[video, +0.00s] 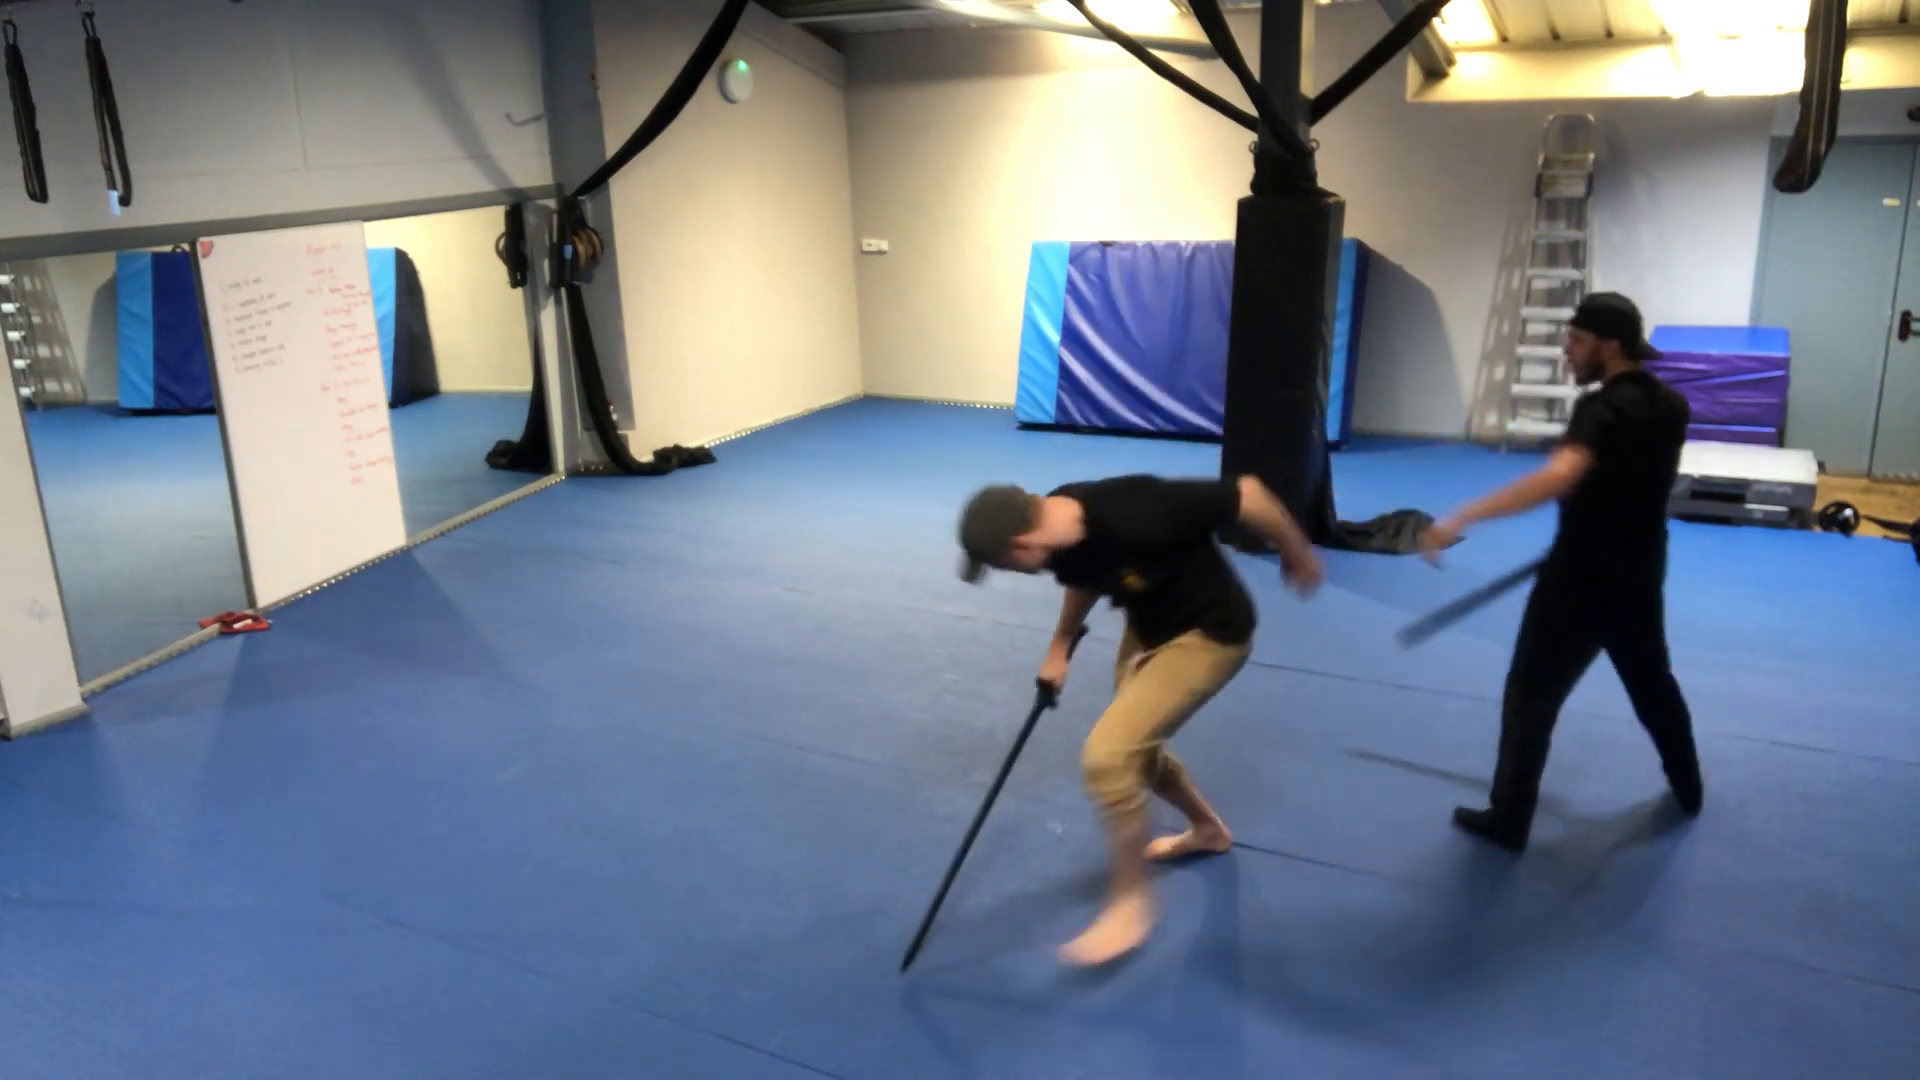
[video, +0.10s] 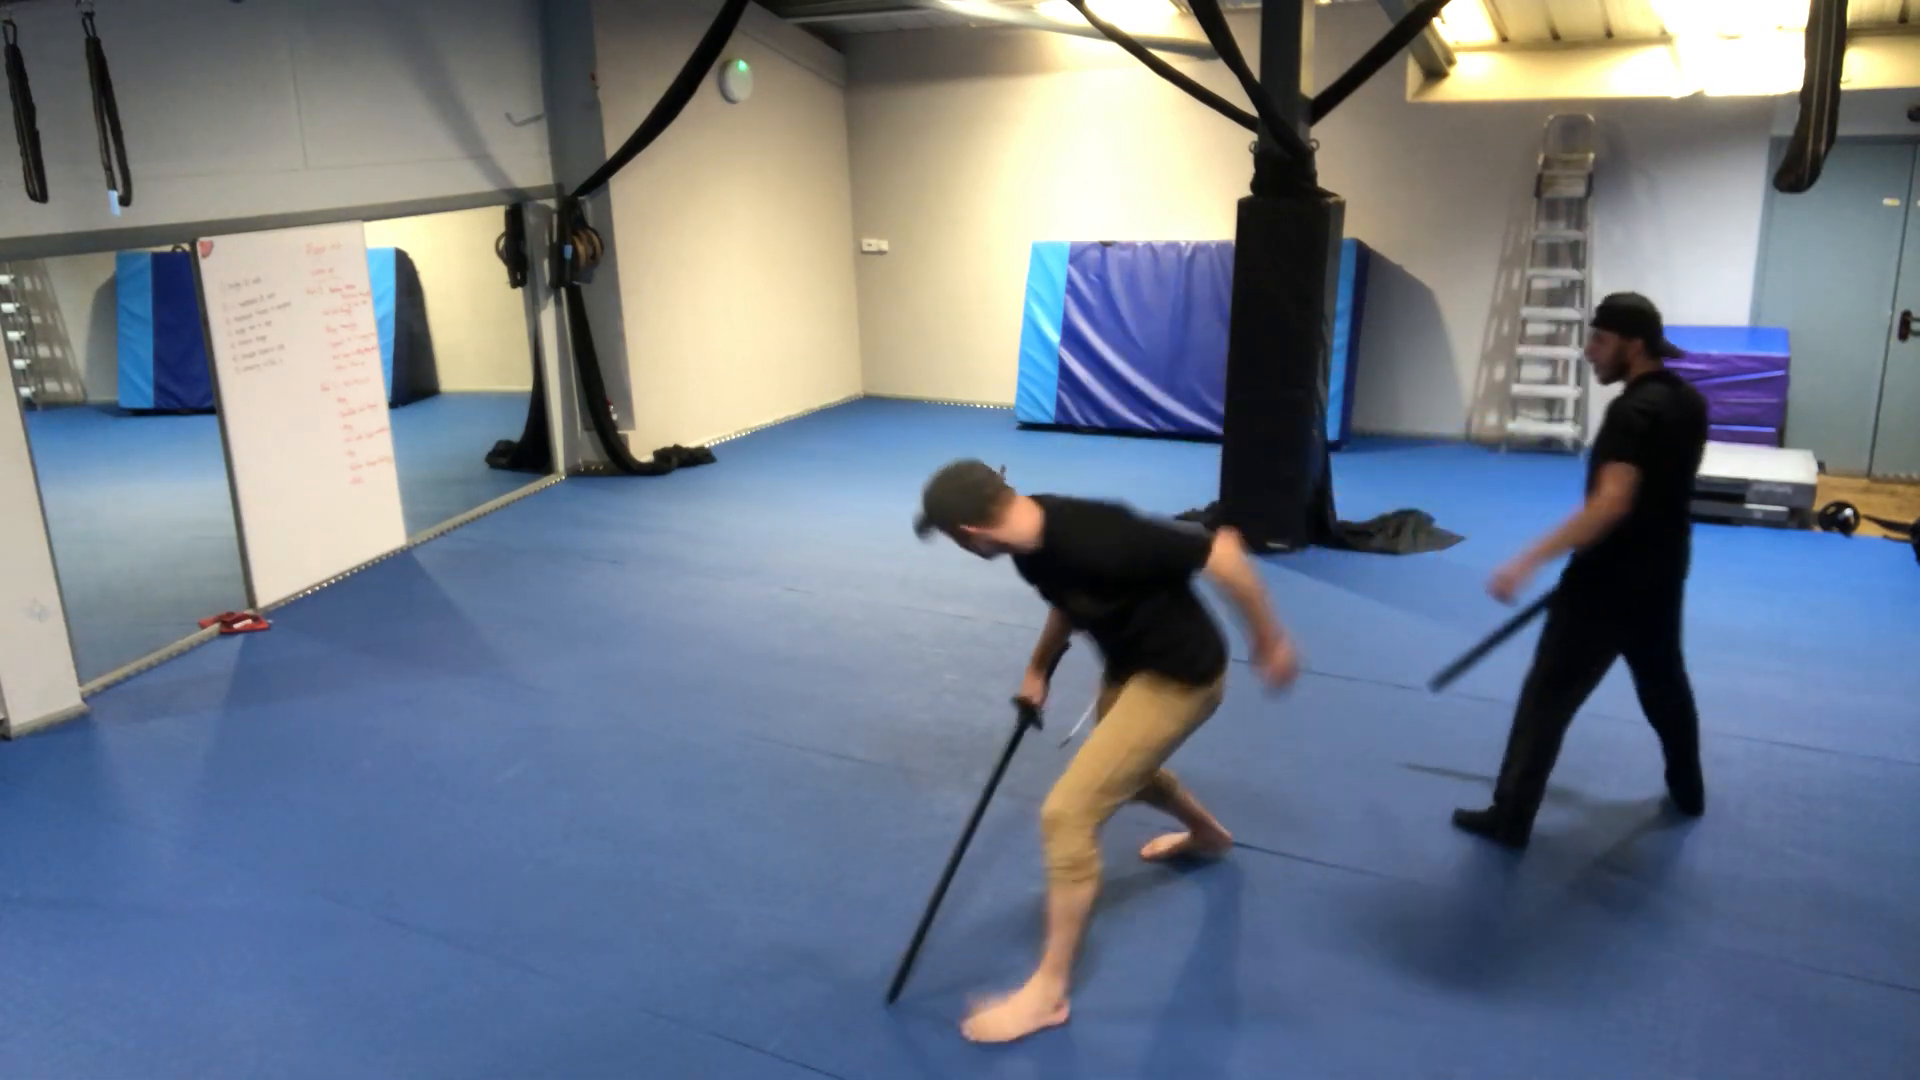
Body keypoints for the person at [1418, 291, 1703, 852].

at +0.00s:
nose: (1567, 349)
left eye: (1575, 339)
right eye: (1569, 338)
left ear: (1607, 345)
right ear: (1625, 346)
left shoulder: (1600, 407)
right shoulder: (1669, 405)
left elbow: (1562, 476)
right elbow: (1640, 490)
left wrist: (1464, 516)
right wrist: (1577, 534)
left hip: (1580, 576)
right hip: (1636, 577)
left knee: (1530, 694)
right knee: (1653, 684)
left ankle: (1508, 818)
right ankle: (1688, 788)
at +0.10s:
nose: (1590, 349)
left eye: (1598, 338)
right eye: (1592, 337)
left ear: (1631, 344)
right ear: (1643, 345)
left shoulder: (1631, 410)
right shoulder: (1686, 401)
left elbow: (1612, 502)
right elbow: (1667, 496)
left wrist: (1526, 561)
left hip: (1608, 573)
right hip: (1658, 574)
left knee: (1549, 693)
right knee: (1664, 685)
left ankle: (1510, 816)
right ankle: (1688, 792)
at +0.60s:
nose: (1630, 327)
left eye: (1639, 318)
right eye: (1630, 317)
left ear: (1676, 319)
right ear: (1678, 321)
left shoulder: (1673, 381)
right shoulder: (1720, 370)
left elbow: (1666, 480)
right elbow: (1681, 454)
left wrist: (1627, 546)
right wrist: (1627, 486)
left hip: (1656, 537)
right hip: (1705, 541)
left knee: (1608, 643)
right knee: (1695, 663)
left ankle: (1587, 740)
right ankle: (1694, 778)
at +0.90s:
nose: (1596, 335)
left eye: (1602, 325)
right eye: (1595, 325)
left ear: (1636, 323)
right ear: (1644, 323)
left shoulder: (1627, 389)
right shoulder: (1692, 367)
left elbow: (1587, 471)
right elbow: (1653, 436)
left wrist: (1562, 497)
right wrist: (1587, 444)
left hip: (1618, 536)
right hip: (1675, 536)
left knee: (1588, 628)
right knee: (1682, 655)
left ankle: (1558, 711)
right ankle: (1688, 779)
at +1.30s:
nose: (1534, 322)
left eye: (1540, 313)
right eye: (1533, 312)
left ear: (1573, 311)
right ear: (1582, 312)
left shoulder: (1556, 372)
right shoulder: (1627, 342)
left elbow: (1495, 428)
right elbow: (1579, 362)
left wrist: (1510, 379)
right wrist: (1536, 355)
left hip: (1556, 497)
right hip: (1609, 493)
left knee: (1543, 603)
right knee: (1591, 583)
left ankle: (1552, 710)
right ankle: (1610, 692)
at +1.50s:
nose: (1515, 319)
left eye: (1522, 311)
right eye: (1513, 310)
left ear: (1552, 310)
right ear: (1562, 309)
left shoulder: (1535, 366)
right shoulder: (1602, 337)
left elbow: (1468, 420)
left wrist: (1496, 372)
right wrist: (1517, 357)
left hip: (1538, 493)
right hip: (1583, 485)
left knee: (1529, 596)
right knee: (1550, 581)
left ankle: (1548, 709)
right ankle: (1538, 675)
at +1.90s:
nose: (1491, 310)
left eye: (1498, 302)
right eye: (1488, 301)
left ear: (1528, 299)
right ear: (1535, 299)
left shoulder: (1510, 351)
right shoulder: (1563, 328)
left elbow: (1451, 402)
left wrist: (1471, 357)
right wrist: (1491, 335)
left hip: (1505, 473)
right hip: (1538, 466)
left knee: (1510, 577)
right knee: (1502, 564)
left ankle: (1546, 697)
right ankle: (1492, 650)